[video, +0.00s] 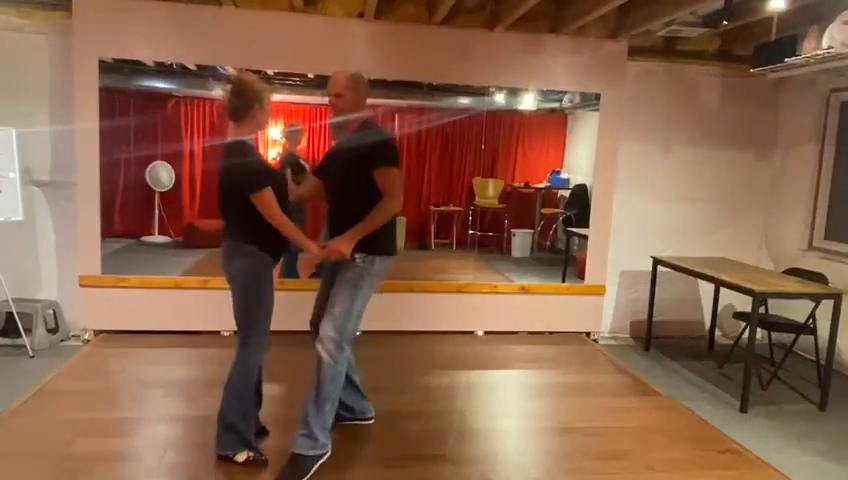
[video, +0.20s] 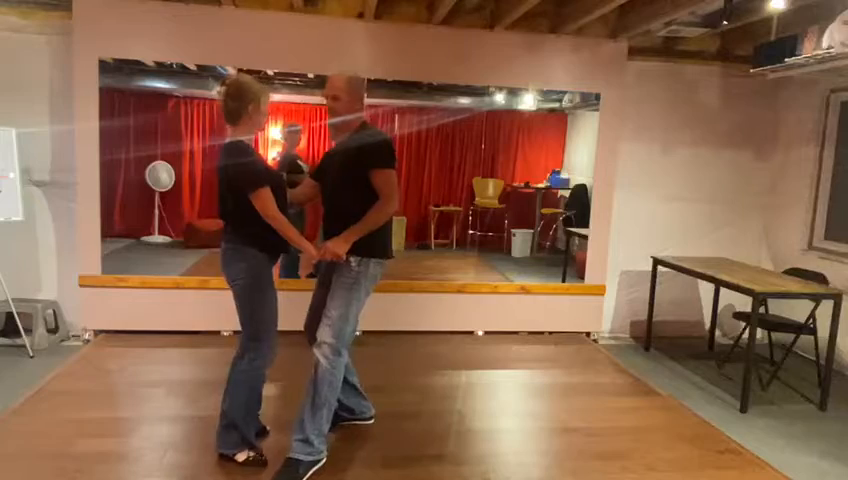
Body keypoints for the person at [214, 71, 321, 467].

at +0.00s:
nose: (271, 115)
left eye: (269, 108)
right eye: (268, 108)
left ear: (233, 110)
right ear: (258, 111)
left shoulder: (237, 153)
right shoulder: (247, 159)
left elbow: (271, 197)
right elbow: (274, 216)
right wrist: (313, 246)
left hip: (245, 253)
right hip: (251, 257)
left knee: (253, 341)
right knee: (252, 345)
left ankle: (247, 421)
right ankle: (232, 440)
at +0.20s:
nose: (268, 115)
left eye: (267, 108)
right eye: (266, 108)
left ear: (234, 111)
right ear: (253, 110)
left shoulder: (237, 152)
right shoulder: (243, 156)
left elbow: (273, 196)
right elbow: (269, 211)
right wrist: (306, 246)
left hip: (248, 255)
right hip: (248, 257)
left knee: (257, 344)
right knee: (259, 347)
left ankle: (246, 419)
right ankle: (232, 440)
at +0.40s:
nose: (266, 116)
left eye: (266, 109)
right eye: (263, 109)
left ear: (233, 113)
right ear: (249, 112)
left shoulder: (230, 154)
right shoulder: (243, 157)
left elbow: (266, 198)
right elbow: (268, 215)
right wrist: (306, 251)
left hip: (238, 256)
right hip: (246, 260)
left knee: (253, 342)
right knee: (273, 344)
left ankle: (237, 426)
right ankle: (236, 435)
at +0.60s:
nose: (267, 118)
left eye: (266, 111)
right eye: (264, 111)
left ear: (230, 115)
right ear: (250, 114)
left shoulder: (226, 155)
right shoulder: (244, 159)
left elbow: (262, 202)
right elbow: (269, 217)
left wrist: (296, 196)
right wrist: (305, 252)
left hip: (230, 258)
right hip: (243, 262)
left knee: (254, 343)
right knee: (274, 342)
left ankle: (235, 430)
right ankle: (238, 435)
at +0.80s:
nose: (269, 118)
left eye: (269, 111)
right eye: (266, 111)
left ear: (233, 114)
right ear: (251, 113)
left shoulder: (222, 155)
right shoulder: (250, 157)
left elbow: (224, 210)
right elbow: (270, 214)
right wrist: (305, 251)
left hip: (222, 257)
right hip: (244, 260)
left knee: (250, 345)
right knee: (272, 344)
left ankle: (230, 440)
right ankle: (243, 443)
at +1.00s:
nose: (271, 116)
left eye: (270, 109)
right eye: (268, 109)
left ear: (234, 111)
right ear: (253, 110)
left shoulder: (224, 152)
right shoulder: (255, 154)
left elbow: (218, 210)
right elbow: (273, 210)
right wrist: (305, 250)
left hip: (227, 250)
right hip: (248, 254)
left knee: (252, 342)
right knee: (259, 347)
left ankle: (236, 429)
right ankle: (237, 452)